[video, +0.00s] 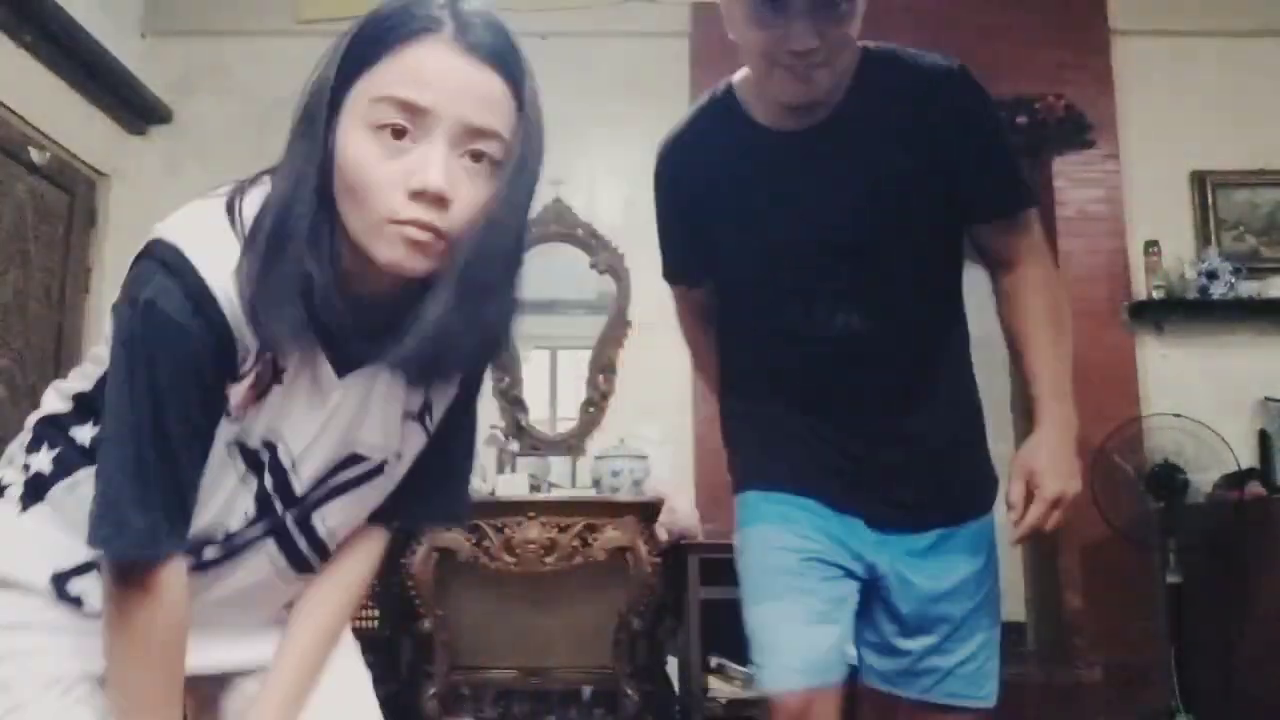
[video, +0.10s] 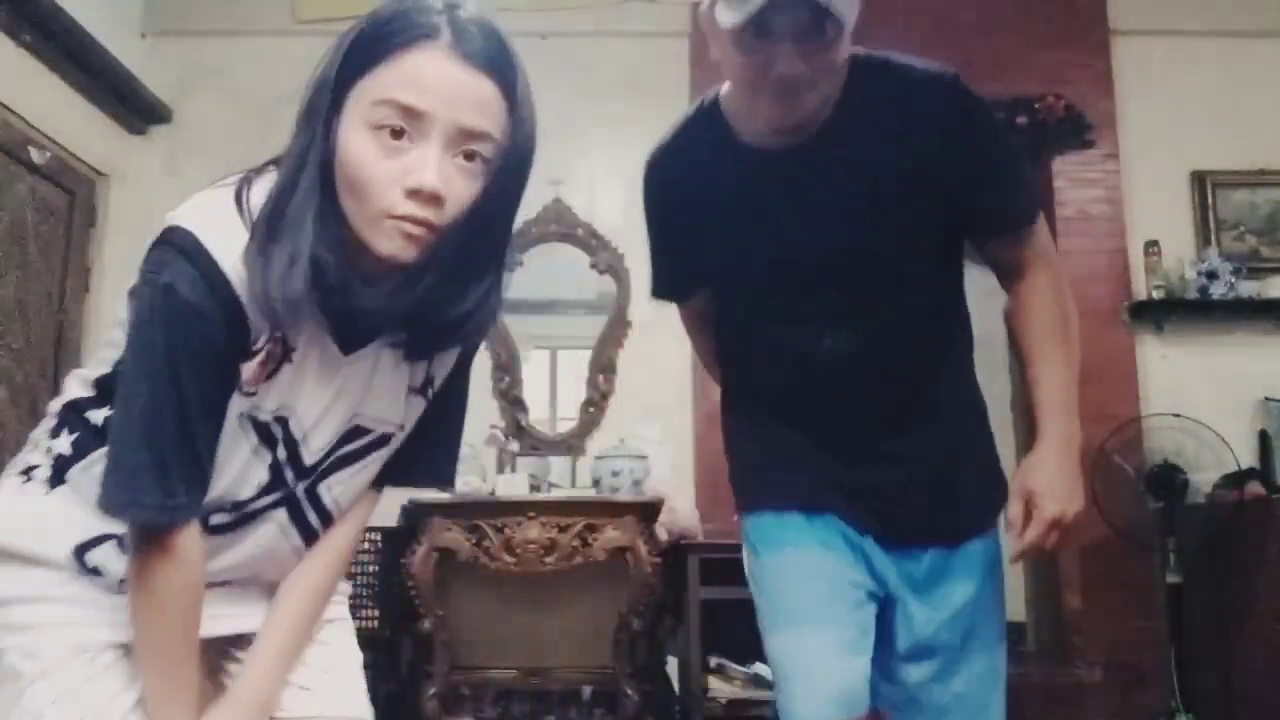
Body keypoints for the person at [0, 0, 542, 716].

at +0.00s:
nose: (434, 183)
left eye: (479, 156)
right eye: (397, 131)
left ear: (509, 187)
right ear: (327, 129)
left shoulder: (459, 309)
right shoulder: (192, 280)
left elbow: (371, 528)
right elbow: (146, 572)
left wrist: (272, 707)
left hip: (276, 608)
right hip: (69, 597)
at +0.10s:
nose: (430, 183)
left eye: (470, 154)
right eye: (396, 132)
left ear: (498, 179)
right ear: (329, 123)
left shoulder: (450, 301)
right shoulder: (208, 262)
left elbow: (353, 509)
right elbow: (164, 535)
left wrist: (255, 692)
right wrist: (175, 706)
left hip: (274, 580)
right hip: (74, 568)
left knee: (341, 708)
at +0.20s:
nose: (431, 211)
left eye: (466, 179)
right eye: (397, 162)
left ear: (496, 202)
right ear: (334, 158)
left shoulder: (454, 320)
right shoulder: (223, 284)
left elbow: (352, 519)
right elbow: (181, 528)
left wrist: (257, 690)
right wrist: (197, 699)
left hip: (288, 577)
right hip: (109, 563)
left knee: (328, 712)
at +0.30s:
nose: (429, 258)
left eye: (465, 229)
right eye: (398, 212)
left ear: (492, 246)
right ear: (343, 203)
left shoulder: (465, 355)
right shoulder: (238, 311)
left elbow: (362, 530)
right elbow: (202, 540)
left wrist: (274, 695)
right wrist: (224, 702)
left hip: (314, 589)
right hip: (144, 573)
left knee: (336, 712)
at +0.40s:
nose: (422, 266)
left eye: (458, 239)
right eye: (394, 226)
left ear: (487, 253)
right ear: (345, 219)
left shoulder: (467, 354)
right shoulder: (247, 321)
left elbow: (373, 527)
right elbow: (224, 531)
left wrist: (284, 684)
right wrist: (250, 694)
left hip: (339, 582)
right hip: (178, 575)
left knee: (332, 708)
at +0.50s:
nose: (411, 240)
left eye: (444, 213)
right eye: (384, 203)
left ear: (472, 228)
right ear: (336, 197)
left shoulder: (472, 332)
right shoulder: (252, 298)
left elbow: (393, 505)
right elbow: (239, 500)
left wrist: (303, 655)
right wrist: (262, 665)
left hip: (360, 561)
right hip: (210, 550)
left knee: (331, 708)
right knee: (188, 708)